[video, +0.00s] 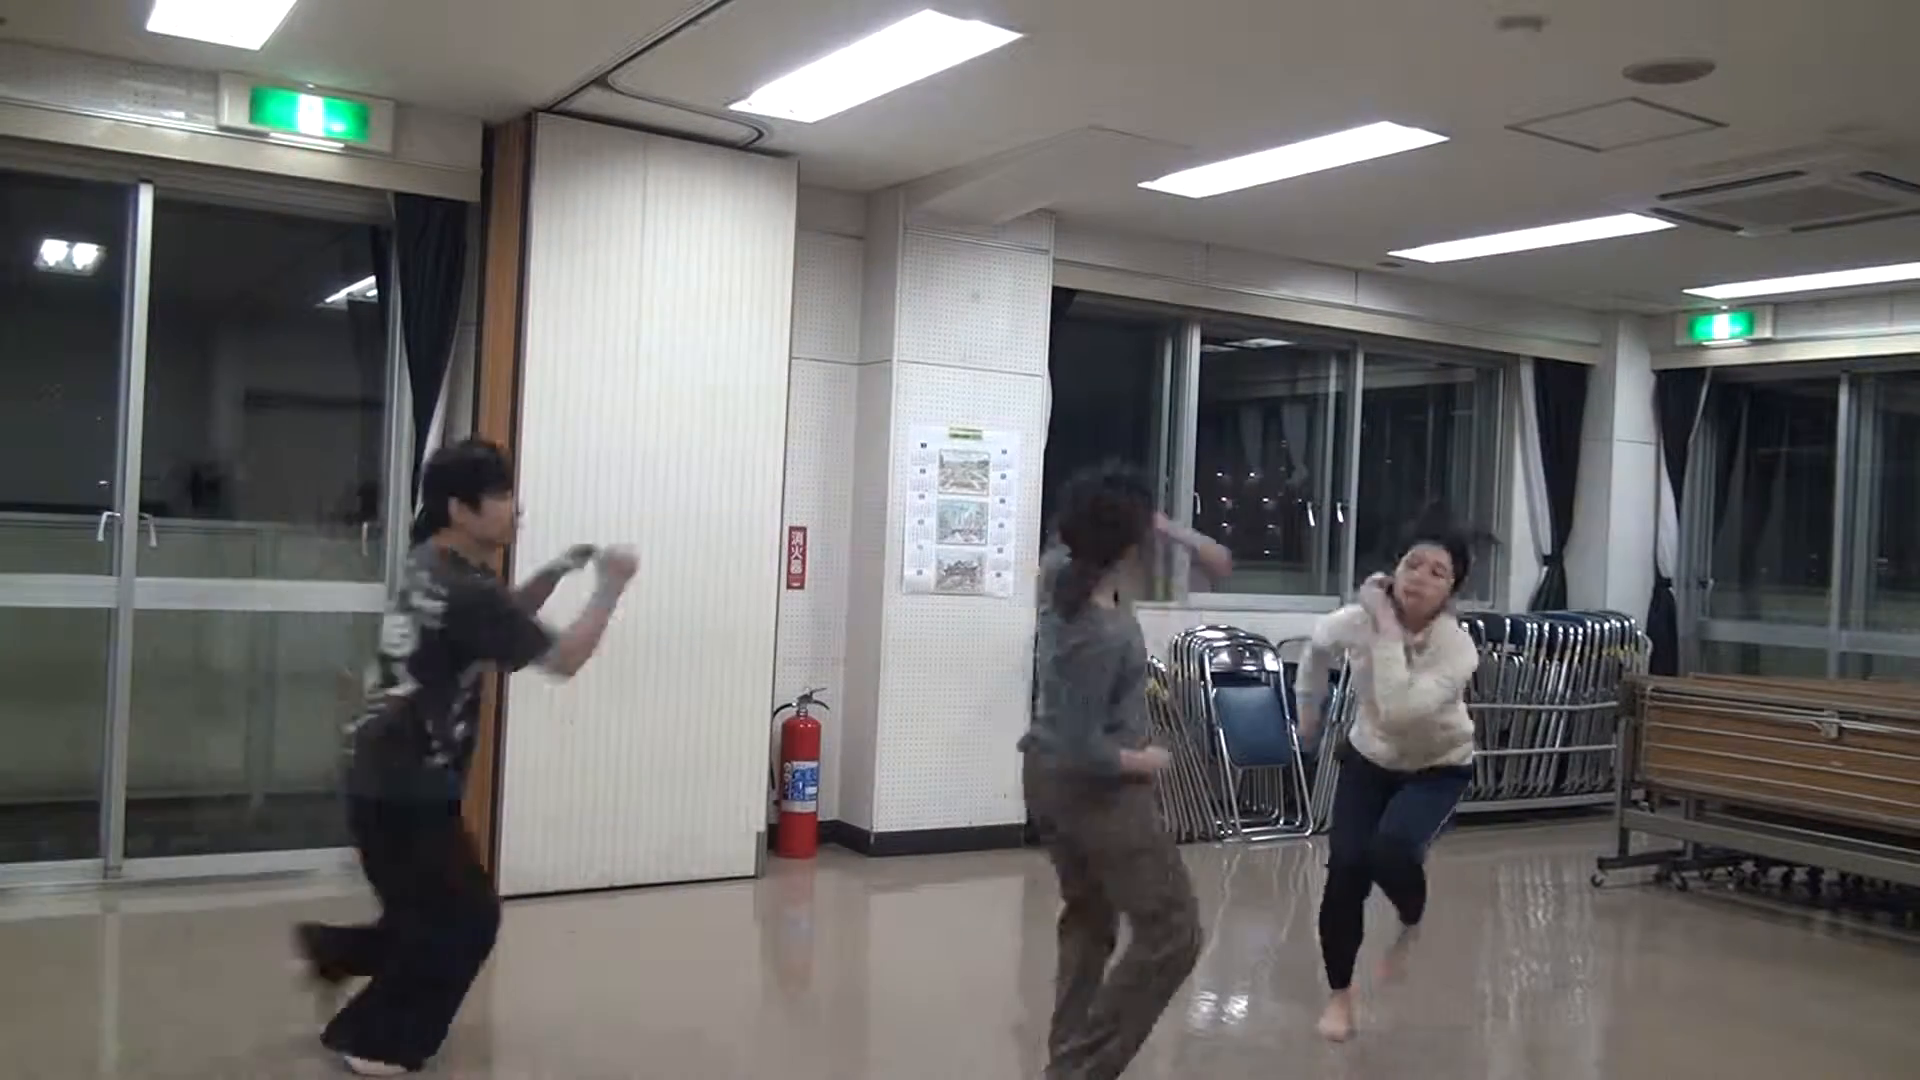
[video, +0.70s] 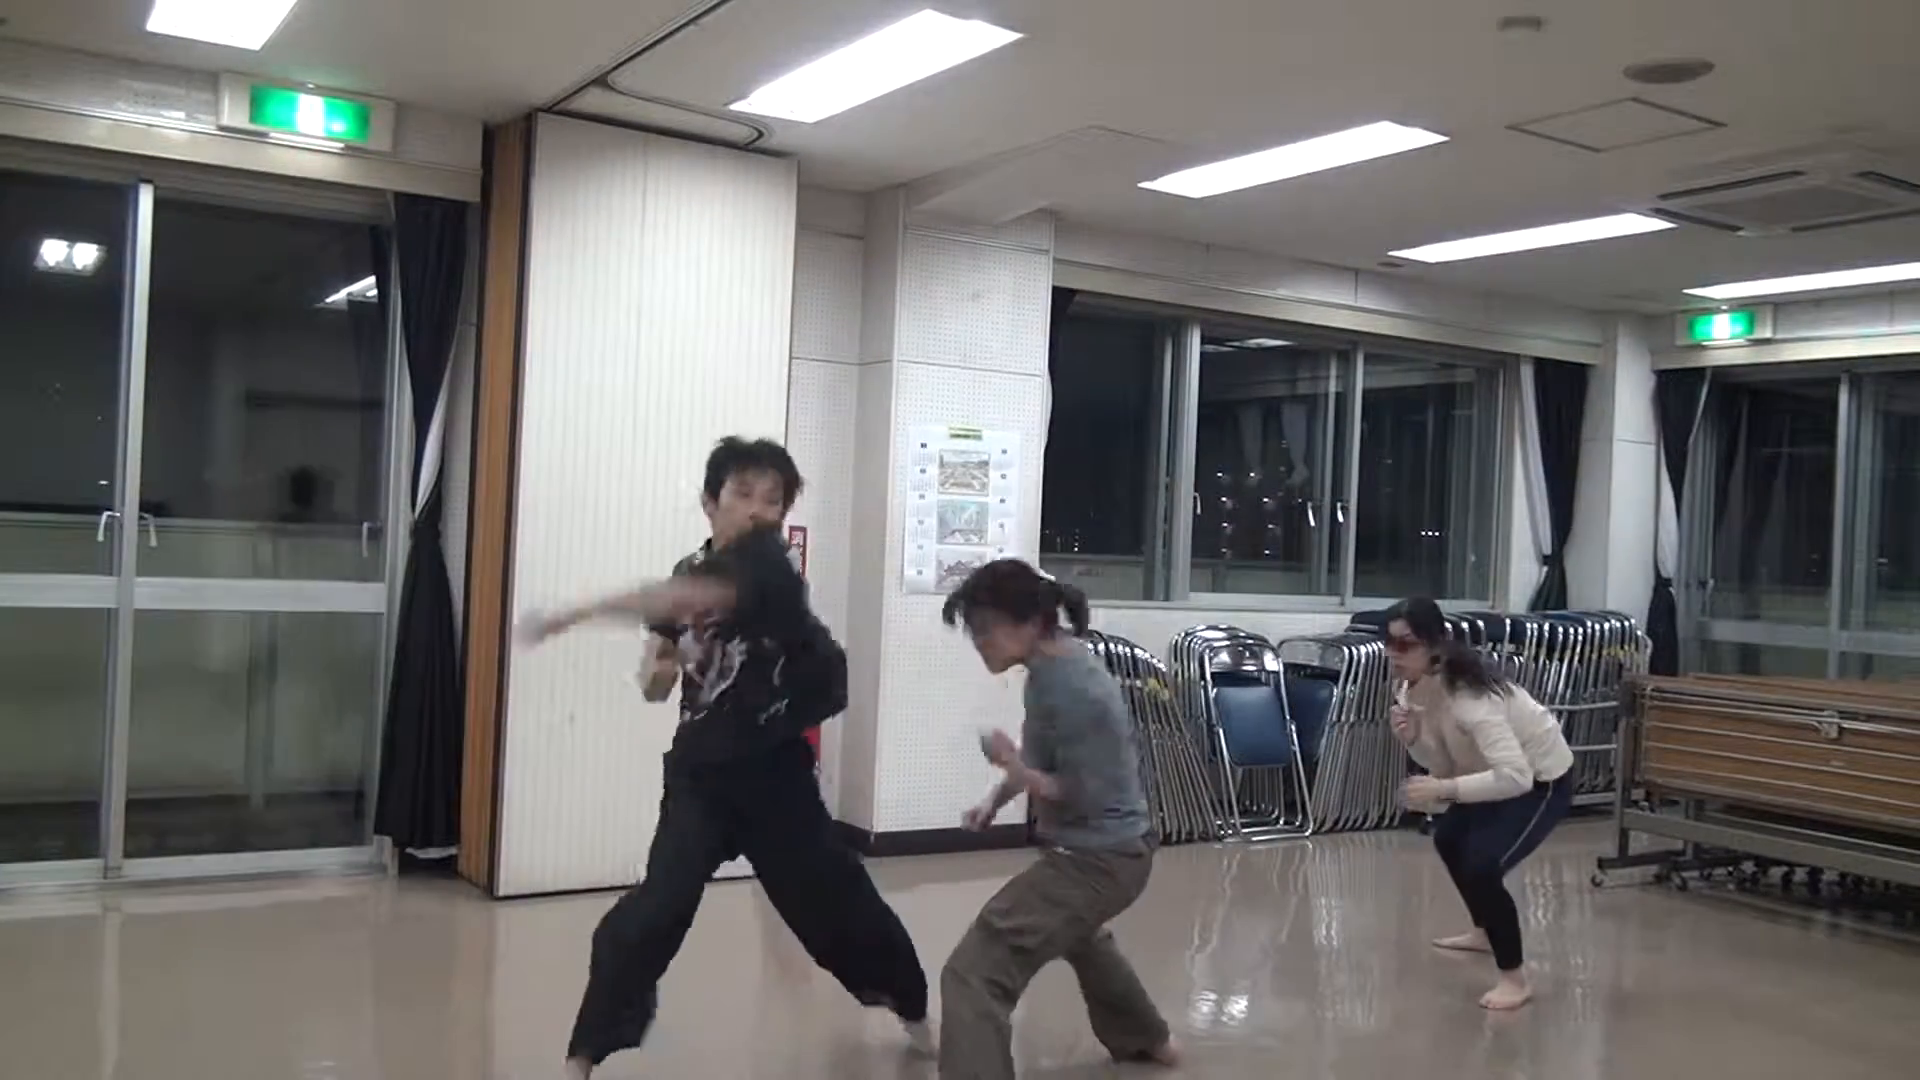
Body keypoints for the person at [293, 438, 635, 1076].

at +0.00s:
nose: (515, 509)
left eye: (512, 496)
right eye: (502, 498)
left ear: (456, 511)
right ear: (460, 510)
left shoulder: (423, 571)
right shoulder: (464, 589)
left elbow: (500, 626)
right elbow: (564, 659)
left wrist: (553, 574)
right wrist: (609, 591)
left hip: (384, 776)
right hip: (410, 788)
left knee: (438, 914)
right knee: (469, 920)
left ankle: (333, 950)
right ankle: (373, 1046)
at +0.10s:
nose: (592, 502)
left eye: (589, 491)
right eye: (580, 494)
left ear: (537, 504)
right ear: (539, 504)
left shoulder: (518, 557)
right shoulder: (577, 563)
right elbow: (674, 575)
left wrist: (597, 543)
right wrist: (662, 514)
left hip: (514, 764)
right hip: (518, 772)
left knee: (640, 854)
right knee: (544, 935)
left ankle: (586, 964)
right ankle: (403, 1018)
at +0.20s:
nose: (672, 519)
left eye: (666, 506)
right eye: (659, 510)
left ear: (617, 526)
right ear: (620, 525)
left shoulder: (569, 595)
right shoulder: (666, 571)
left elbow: (519, 675)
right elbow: (764, 606)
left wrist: (583, 683)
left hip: (625, 787)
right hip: (640, 791)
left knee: (766, 863)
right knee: (619, 951)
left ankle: (807, 983)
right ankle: (468, 1022)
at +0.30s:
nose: (754, 553)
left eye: (750, 541)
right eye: (740, 545)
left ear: (699, 565)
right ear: (702, 561)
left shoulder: (648, 641)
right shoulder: (746, 614)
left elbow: (588, 713)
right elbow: (819, 669)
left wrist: (594, 803)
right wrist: (853, 716)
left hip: (689, 830)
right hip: (738, 828)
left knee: (840, 871)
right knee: (693, 984)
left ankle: (891, 985)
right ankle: (541, 1028)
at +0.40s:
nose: (820, 550)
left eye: (814, 538)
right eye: (806, 541)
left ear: (763, 557)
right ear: (768, 554)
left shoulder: (718, 628)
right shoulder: (781, 610)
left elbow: (648, 693)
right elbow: (767, 653)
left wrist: (636, 780)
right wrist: (803, 748)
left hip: (728, 822)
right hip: (761, 822)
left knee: (880, 877)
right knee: (718, 996)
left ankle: (890, 987)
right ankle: (562, 1017)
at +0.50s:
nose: (828, 513)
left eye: (828, 502)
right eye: (815, 501)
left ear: (793, 515)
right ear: (771, 510)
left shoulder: (794, 585)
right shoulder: (733, 579)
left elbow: (784, 661)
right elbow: (637, 607)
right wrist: (659, 704)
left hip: (796, 787)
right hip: (730, 789)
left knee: (860, 877)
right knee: (714, 932)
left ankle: (891, 977)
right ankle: (602, 1026)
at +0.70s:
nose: (761, 509)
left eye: (774, 500)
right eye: (746, 494)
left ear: (785, 511)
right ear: (711, 502)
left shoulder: (767, 560)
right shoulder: (687, 578)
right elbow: (654, 686)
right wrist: (662, 666)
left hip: (774, 763)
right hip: (700, 764)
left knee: (833, 896)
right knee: (661, 906)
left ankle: (913, 1009)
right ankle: (584, 1055)